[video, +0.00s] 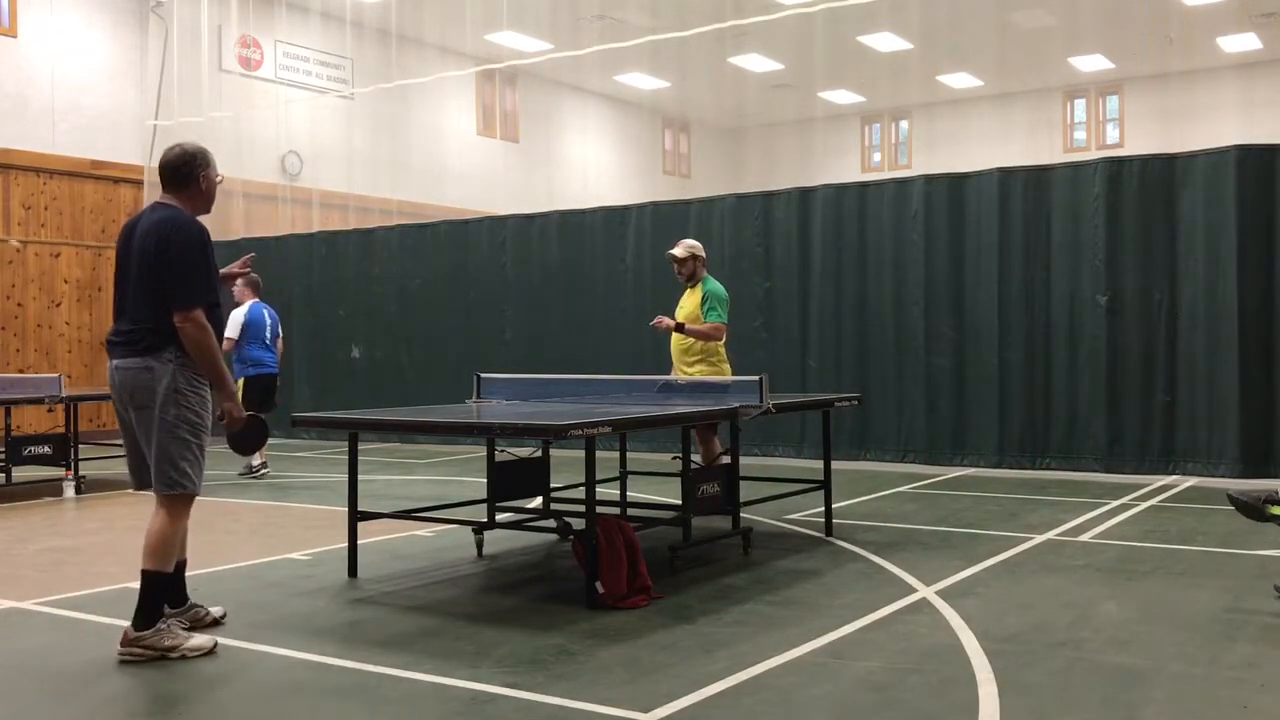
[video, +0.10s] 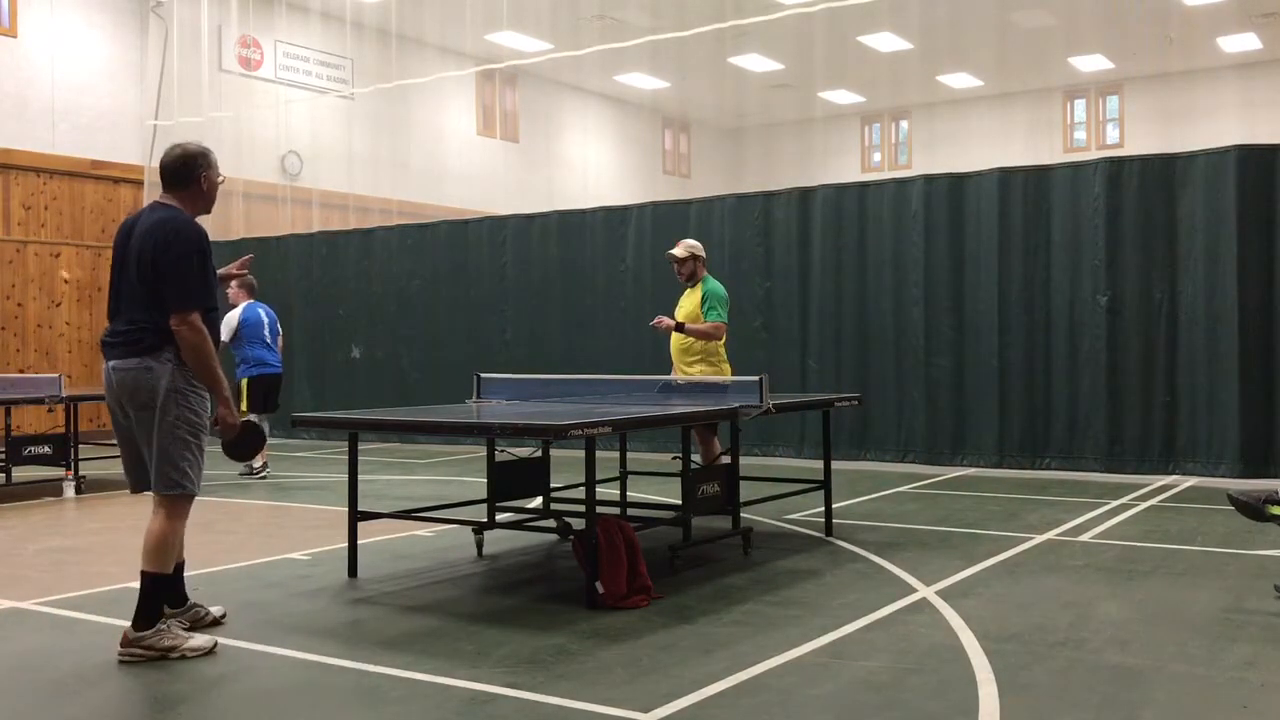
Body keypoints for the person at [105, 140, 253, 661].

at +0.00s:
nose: (217, 184)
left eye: (215, 176)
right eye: (214, 177)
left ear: (164, 180)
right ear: (201, 180)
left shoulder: (137, 225)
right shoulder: (185, 231)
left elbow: (157, 293)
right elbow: (189, 320)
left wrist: (217, 276)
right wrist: (228, 392)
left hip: (132, 370)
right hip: (168, 372)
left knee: (174, 494)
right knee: (173, 498)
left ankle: (175, 605)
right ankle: (146, 626)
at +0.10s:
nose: (219, 187)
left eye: (218, 179)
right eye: (217, 179)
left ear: (164, 180)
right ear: (203, 181)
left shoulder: (133, 225)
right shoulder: (185, 232)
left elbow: (155, 294)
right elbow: (185, 323)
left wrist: (213, 276)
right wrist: (222, 394)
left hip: (124, 373)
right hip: (166, 374)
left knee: (170, 497)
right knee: (171, 501)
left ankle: (176, 605)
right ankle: (146, 627)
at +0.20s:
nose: (222, 183)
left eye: (220, 175)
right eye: (219, 175)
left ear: (168, 179)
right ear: (203, 181)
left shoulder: (131, 223)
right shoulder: (184, 234)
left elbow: (151, 291)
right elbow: (182, 325)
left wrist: (212, 276)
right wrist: (213, 406)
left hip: (118, 372)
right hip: (160, 373)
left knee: (158, 496)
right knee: (168, 500)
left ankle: (174, 605)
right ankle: (146, 628)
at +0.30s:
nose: (222, 185)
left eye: (220, 177)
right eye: (219, 177)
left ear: (168, 177)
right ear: (204, 181)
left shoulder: (129, 220)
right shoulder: (184, 234)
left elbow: (145, 291)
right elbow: (179, 325)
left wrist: (207, 275)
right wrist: (202, 408)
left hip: (112, 371)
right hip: (153, 373)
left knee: (151, 495)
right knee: (165, 499)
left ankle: (167, 602)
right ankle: (146, 629)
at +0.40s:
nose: (221, 183)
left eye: (219, 175)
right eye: (218, 175)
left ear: (166, 176)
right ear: (204, 180)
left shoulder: (125, 218)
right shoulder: (183, 233)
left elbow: (141, 289)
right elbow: (174, 324)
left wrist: (203, 274)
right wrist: (193, 407)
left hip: (107, 370)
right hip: (148, 373)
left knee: (145, 495)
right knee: (160, 499)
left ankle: (152, 603)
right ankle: (145, 629)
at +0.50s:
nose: (217, 181)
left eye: (215, 173)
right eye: (214, 174)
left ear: (163, 174)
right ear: (199, 179)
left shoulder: (122, 216)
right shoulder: (176, 232)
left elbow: (140, 285)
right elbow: (169, 324)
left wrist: (202, 271)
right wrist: (188, 407)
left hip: (104, 369)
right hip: (144, 373)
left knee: (137, 494)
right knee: (156, 500)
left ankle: (118, 611)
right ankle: (147, 628)